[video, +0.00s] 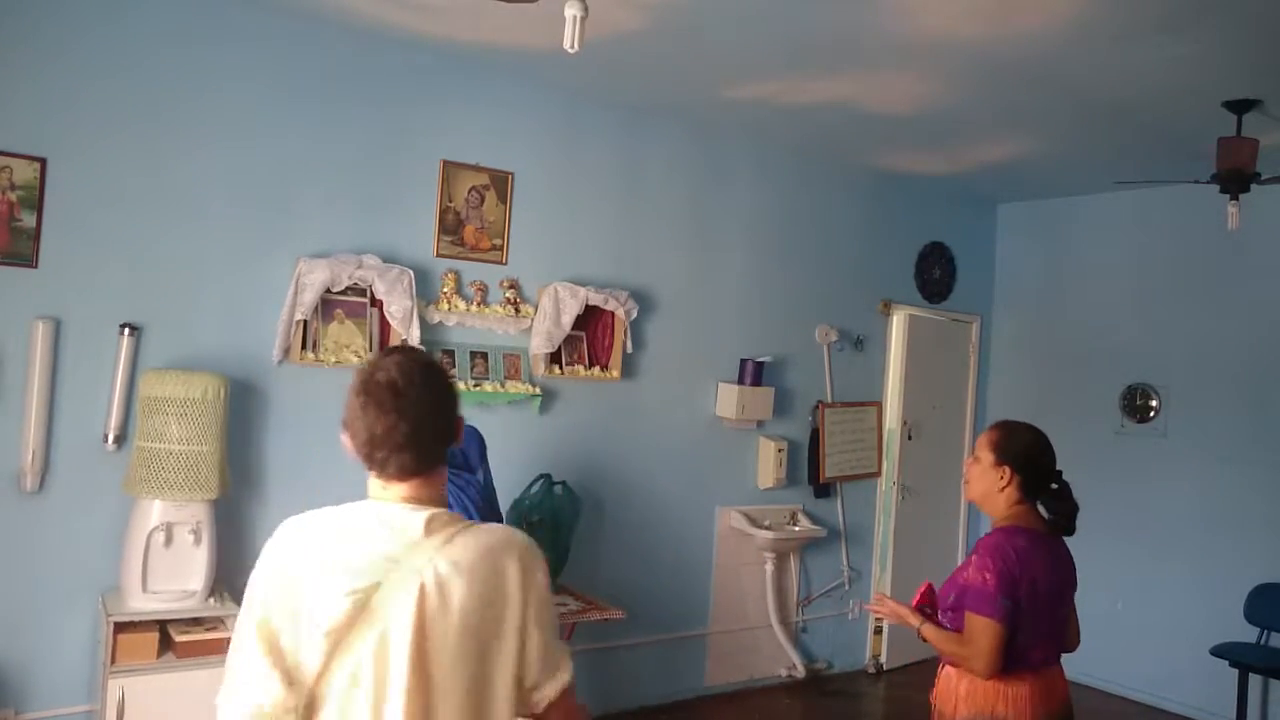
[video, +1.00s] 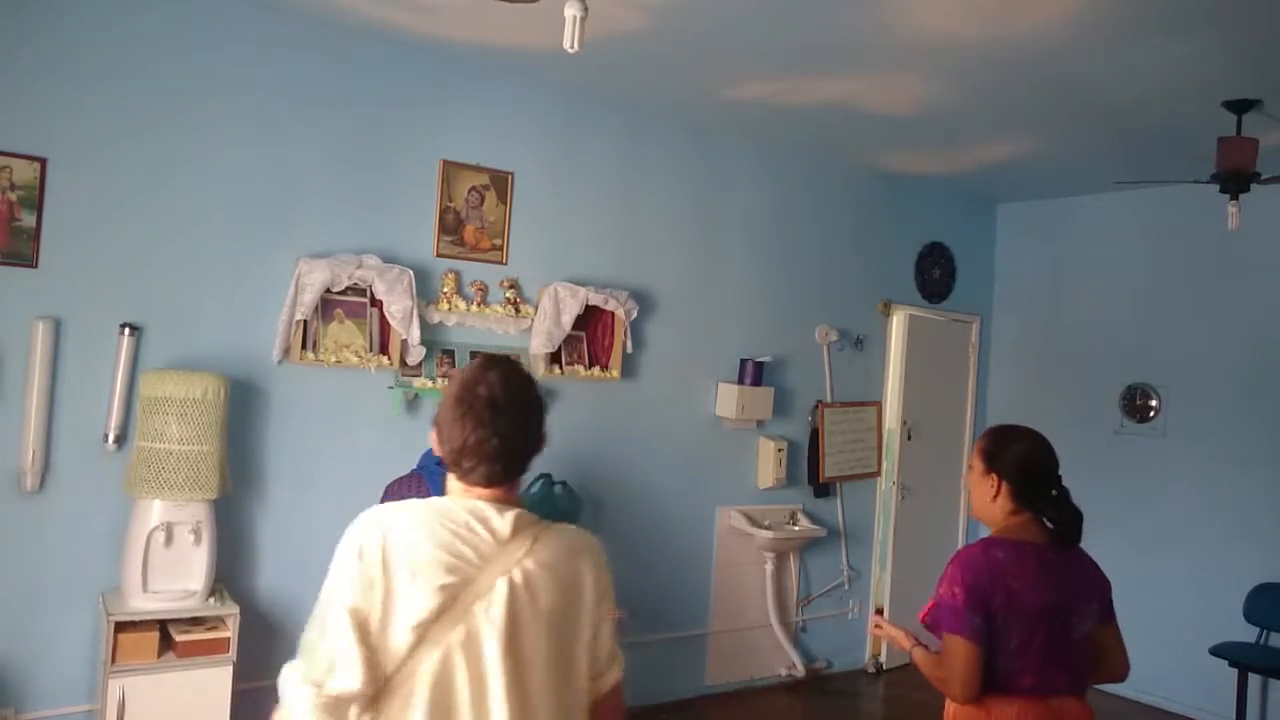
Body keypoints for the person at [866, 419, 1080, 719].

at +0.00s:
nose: (966, 466)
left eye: (975, 459)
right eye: (971, 457)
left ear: (1003, 477)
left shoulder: (994, 551)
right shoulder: (1053, 544)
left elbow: (982, 661)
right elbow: (1068, 639)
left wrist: (916, 622)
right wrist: (954, 619)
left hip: (989, 696)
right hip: (1045, 686)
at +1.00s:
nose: (966, 482)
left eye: (971, 471)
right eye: (969, 470)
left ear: (995, 484)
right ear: (1041, 482)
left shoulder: (973, 564)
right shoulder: (1081, 565)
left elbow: (962, 686)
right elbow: (1114, 666)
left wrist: (910, 646)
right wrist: (1041, 666)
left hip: (989, 709)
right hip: (1069, 709)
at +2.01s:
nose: (1046, 488)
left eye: (1052, 478)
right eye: (1049, 477)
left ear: (1082, 495)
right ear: (1125, 494)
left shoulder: (1079, 576)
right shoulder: (1164, 568)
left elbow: (1078, 701)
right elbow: (1196, 666)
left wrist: (1007, 658)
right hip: (1176, 711)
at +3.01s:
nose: (1017, 475)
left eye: (1025, 469)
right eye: (1022, 467)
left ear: (1052, 491)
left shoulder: (1037, 568)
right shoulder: (1119, 567)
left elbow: (1018, 685)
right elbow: (1137, 665)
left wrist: (961, 636)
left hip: (1031, 710)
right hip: (1103, 707)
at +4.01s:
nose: (927, 471)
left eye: (932, 464)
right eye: (931, 462)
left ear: (952, 483)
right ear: (993, 482)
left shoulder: (928, 553)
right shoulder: (1026, 555)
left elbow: (914, 658)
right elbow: (1045, 648)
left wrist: (875, 621)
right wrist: (984, 639)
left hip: (936, 694)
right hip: (1006, 692)